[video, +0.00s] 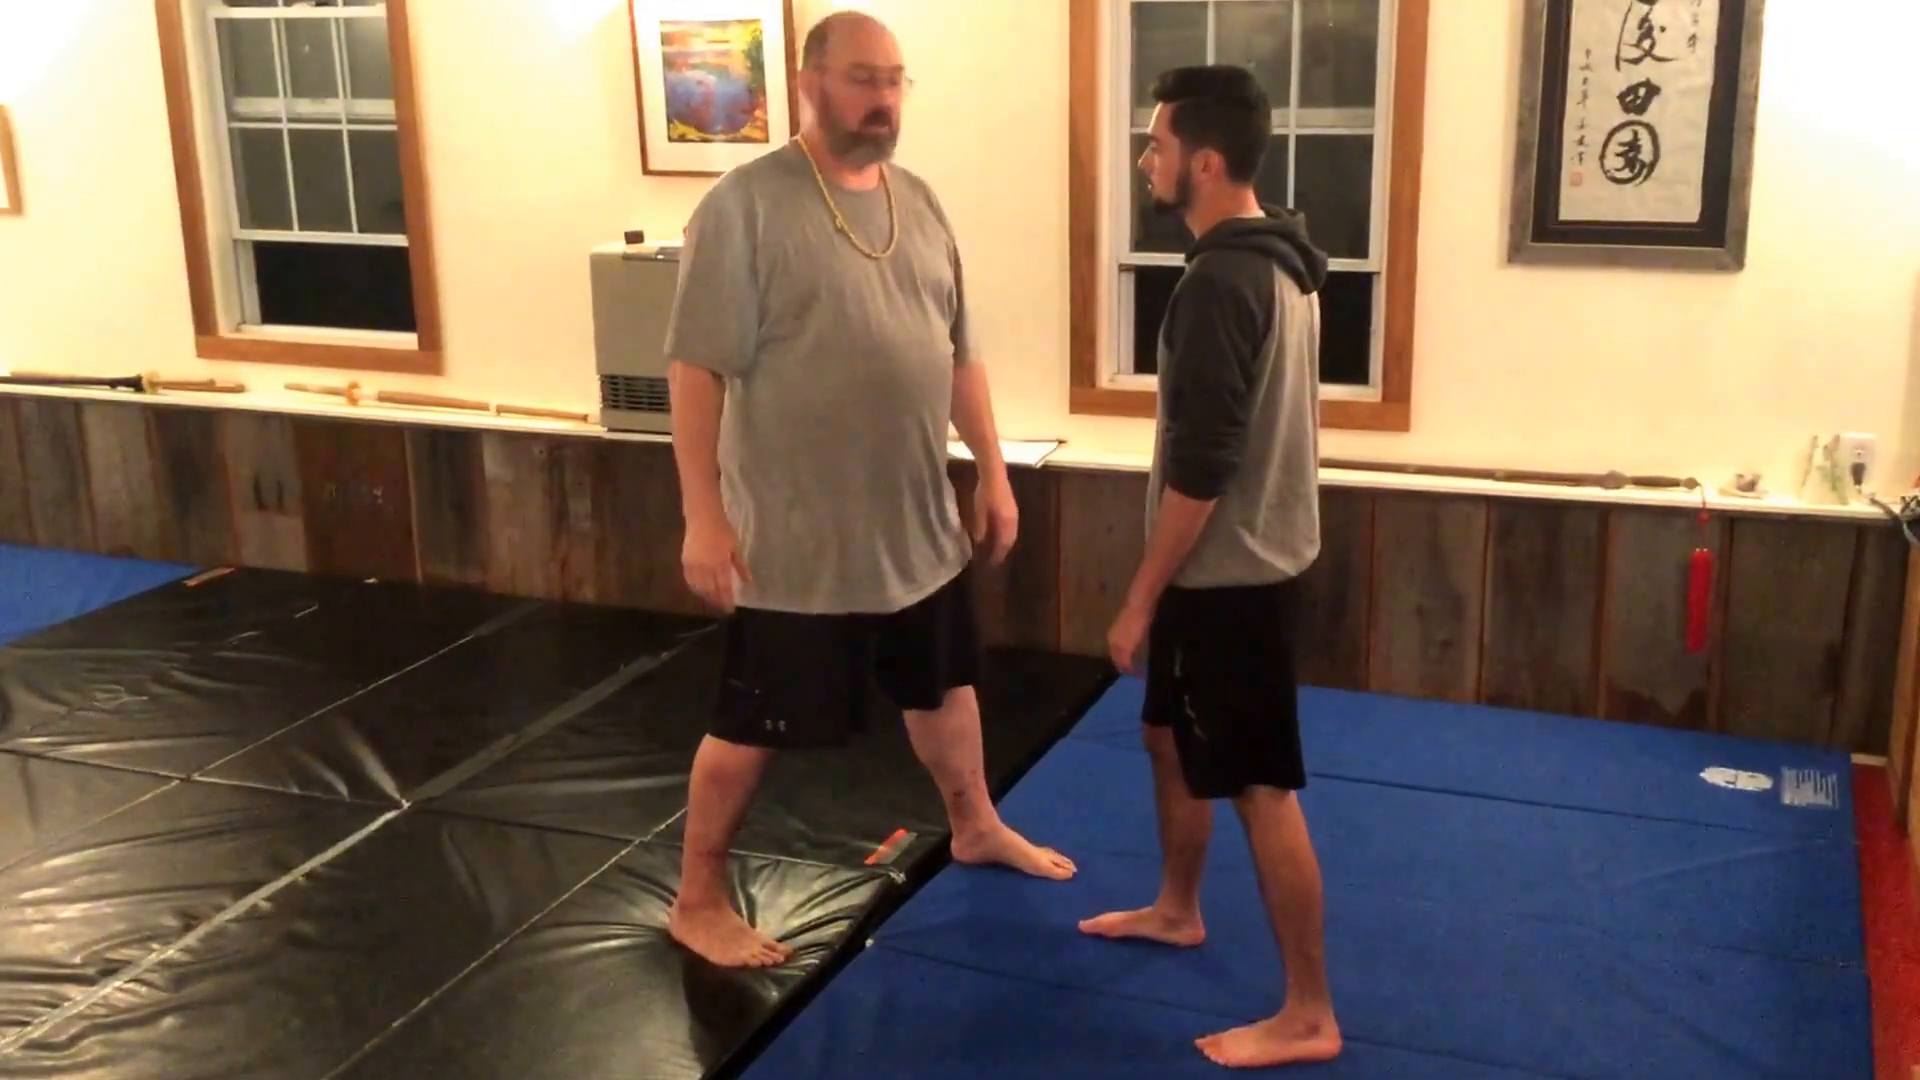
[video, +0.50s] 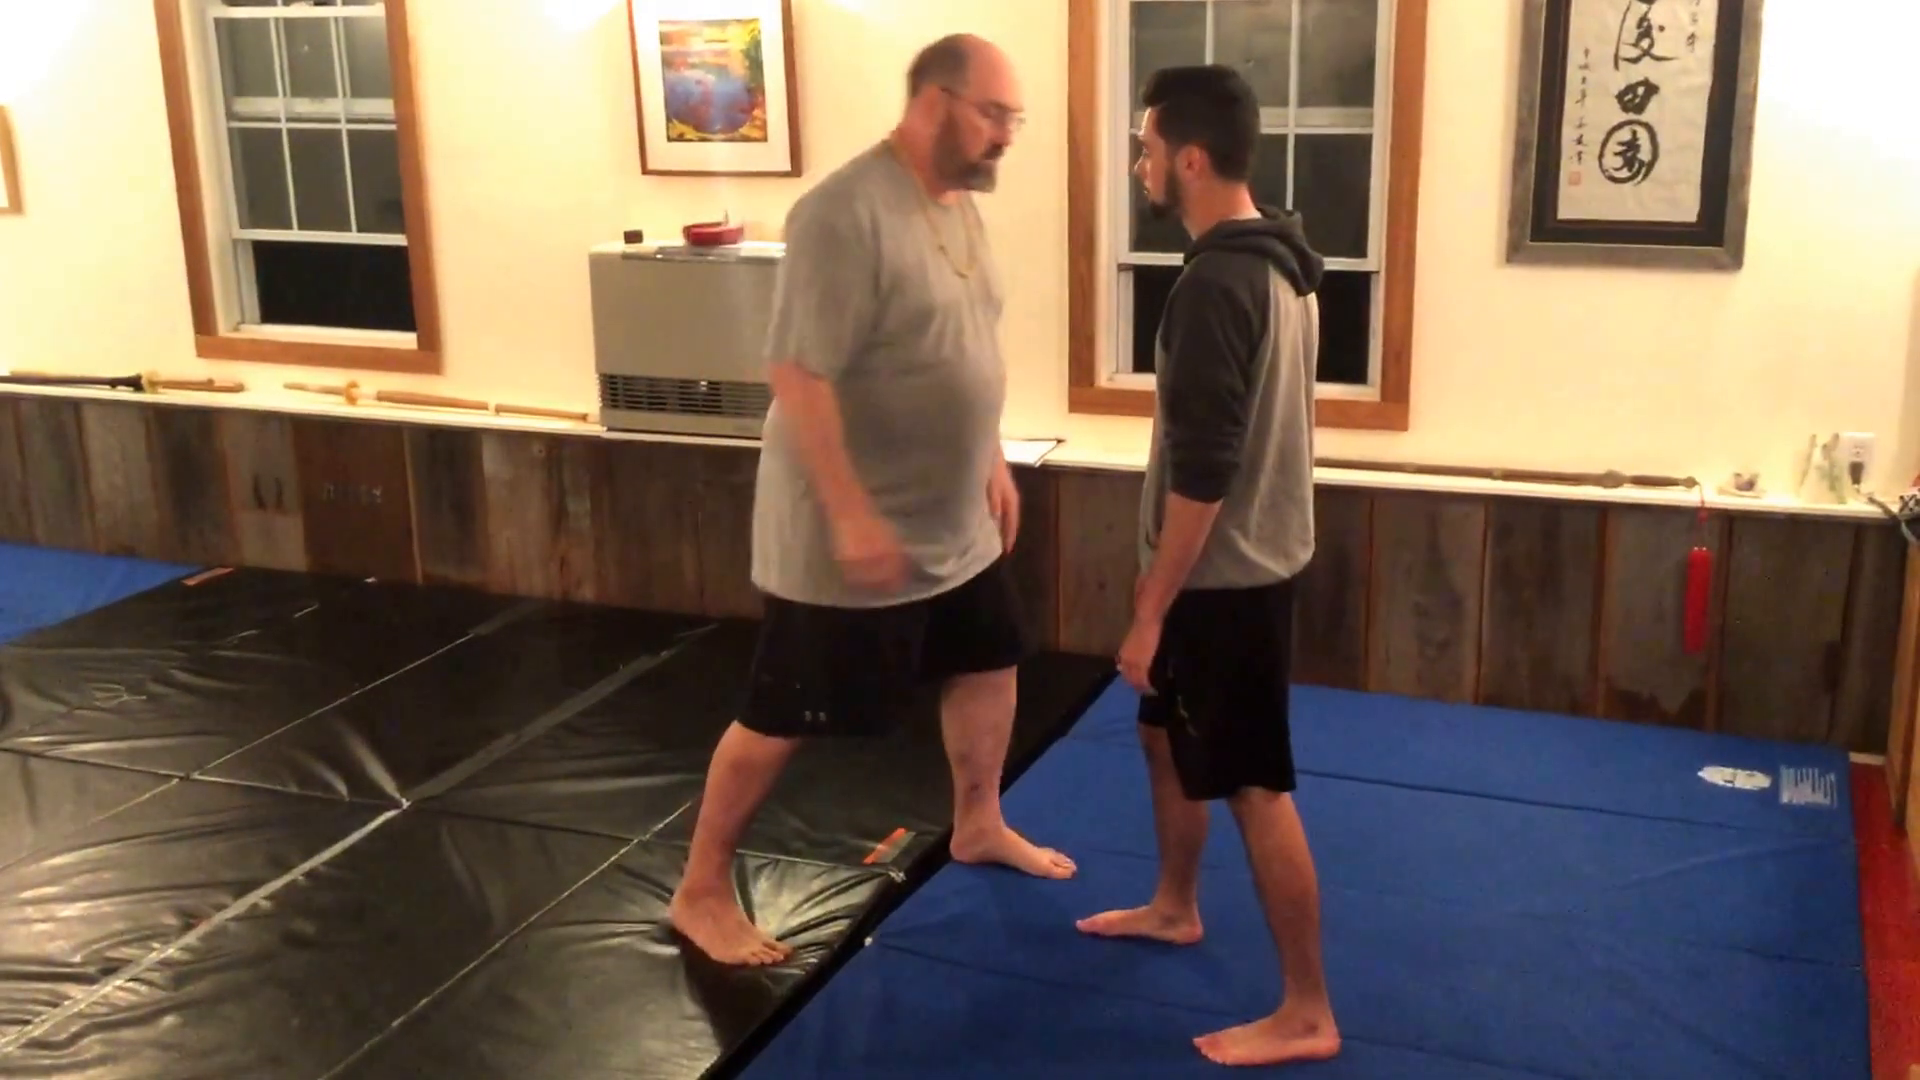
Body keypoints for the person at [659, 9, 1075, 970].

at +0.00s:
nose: (884, 98)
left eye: (895, 79)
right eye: (863, 79)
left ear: (907, 87)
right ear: (807, 86)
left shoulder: (920, 204)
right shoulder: (744, 206)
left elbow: (957, 352)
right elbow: (695, 370)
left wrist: (992, 469)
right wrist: (703, 518)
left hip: (916, 514)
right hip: (790, 527)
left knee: (945, 682)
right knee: (749, 725)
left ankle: (978, 828)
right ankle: (698, 897)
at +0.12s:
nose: (913, 100)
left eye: (919, 84)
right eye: (894, 81)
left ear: (918, 91)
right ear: (828, 84)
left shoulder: (917, 205)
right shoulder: (750, 206)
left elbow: (953, 350)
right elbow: (697, 369)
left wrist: (990, 467)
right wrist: (710, 519)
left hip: (916, 516)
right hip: (796, 528)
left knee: (950, 680)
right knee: (749, 725)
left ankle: (978, 827)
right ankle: (697, 898)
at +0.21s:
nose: (939, 113)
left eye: (943, 96)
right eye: (923, 91)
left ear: (927, 101)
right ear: (859, 88)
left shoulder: (917, 207)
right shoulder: (770, 208)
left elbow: (943, 348)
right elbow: (719, 371)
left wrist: (978, 466)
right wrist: (734, 522)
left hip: (922, 514)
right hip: (806, 530)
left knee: (960, 674)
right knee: (753, 723)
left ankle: (974, 829)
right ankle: (697, 899)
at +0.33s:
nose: (966, 124)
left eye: (971, 107)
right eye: (951, 106)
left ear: (937, 110)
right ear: (886, 100)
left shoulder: (929, 210)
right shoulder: (799, 210)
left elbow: (942, 360)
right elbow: (750, 375)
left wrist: (968, 472)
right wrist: (779, 521)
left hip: (929, 518)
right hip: (822, 531)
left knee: (975, 669)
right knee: (763, 720)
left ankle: (978, 828)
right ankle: (698, 897)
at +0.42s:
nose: (989, 131)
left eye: (993, 114)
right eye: (974, 111)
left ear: (945, 110)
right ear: (913, 102)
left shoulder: (944, 210)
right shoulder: (822, 212)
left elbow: (951, 358)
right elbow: (776, 378)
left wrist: (977, 467)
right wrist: (815, 523)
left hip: (939, 518)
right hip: (833, 532)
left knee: (984, 665)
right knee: (772, 719)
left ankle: (980, 825)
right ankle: (699, 895)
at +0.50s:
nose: (1007, 136)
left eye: (1013, 120)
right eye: (995, 114)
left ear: (956, 108)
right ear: (933, 99)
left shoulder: (958, 209)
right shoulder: (840, 211)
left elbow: (963, 354)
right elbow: (798, 375)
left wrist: (990, 458)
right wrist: (851, 513)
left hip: (948, 512)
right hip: (834, 526)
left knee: (987, 662)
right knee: (781, 710)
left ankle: (980, 825)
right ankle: (701, 888)